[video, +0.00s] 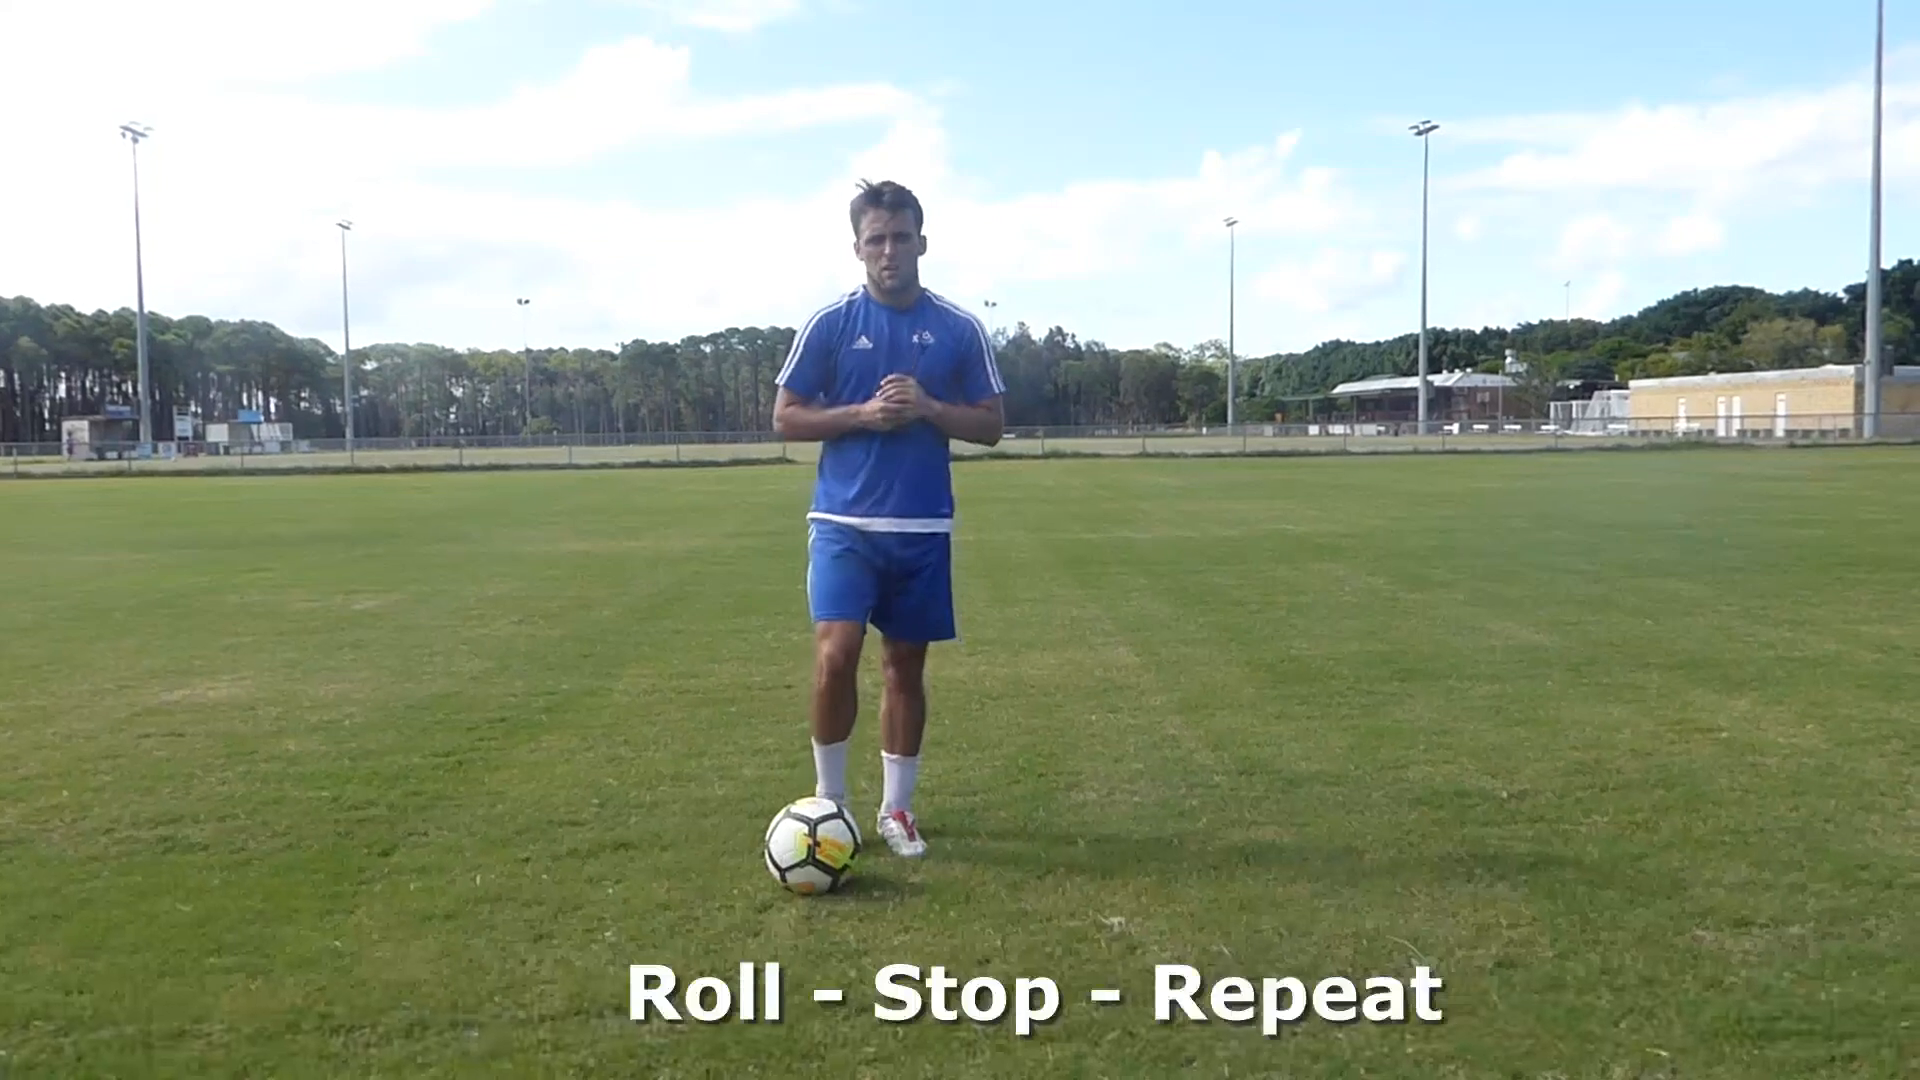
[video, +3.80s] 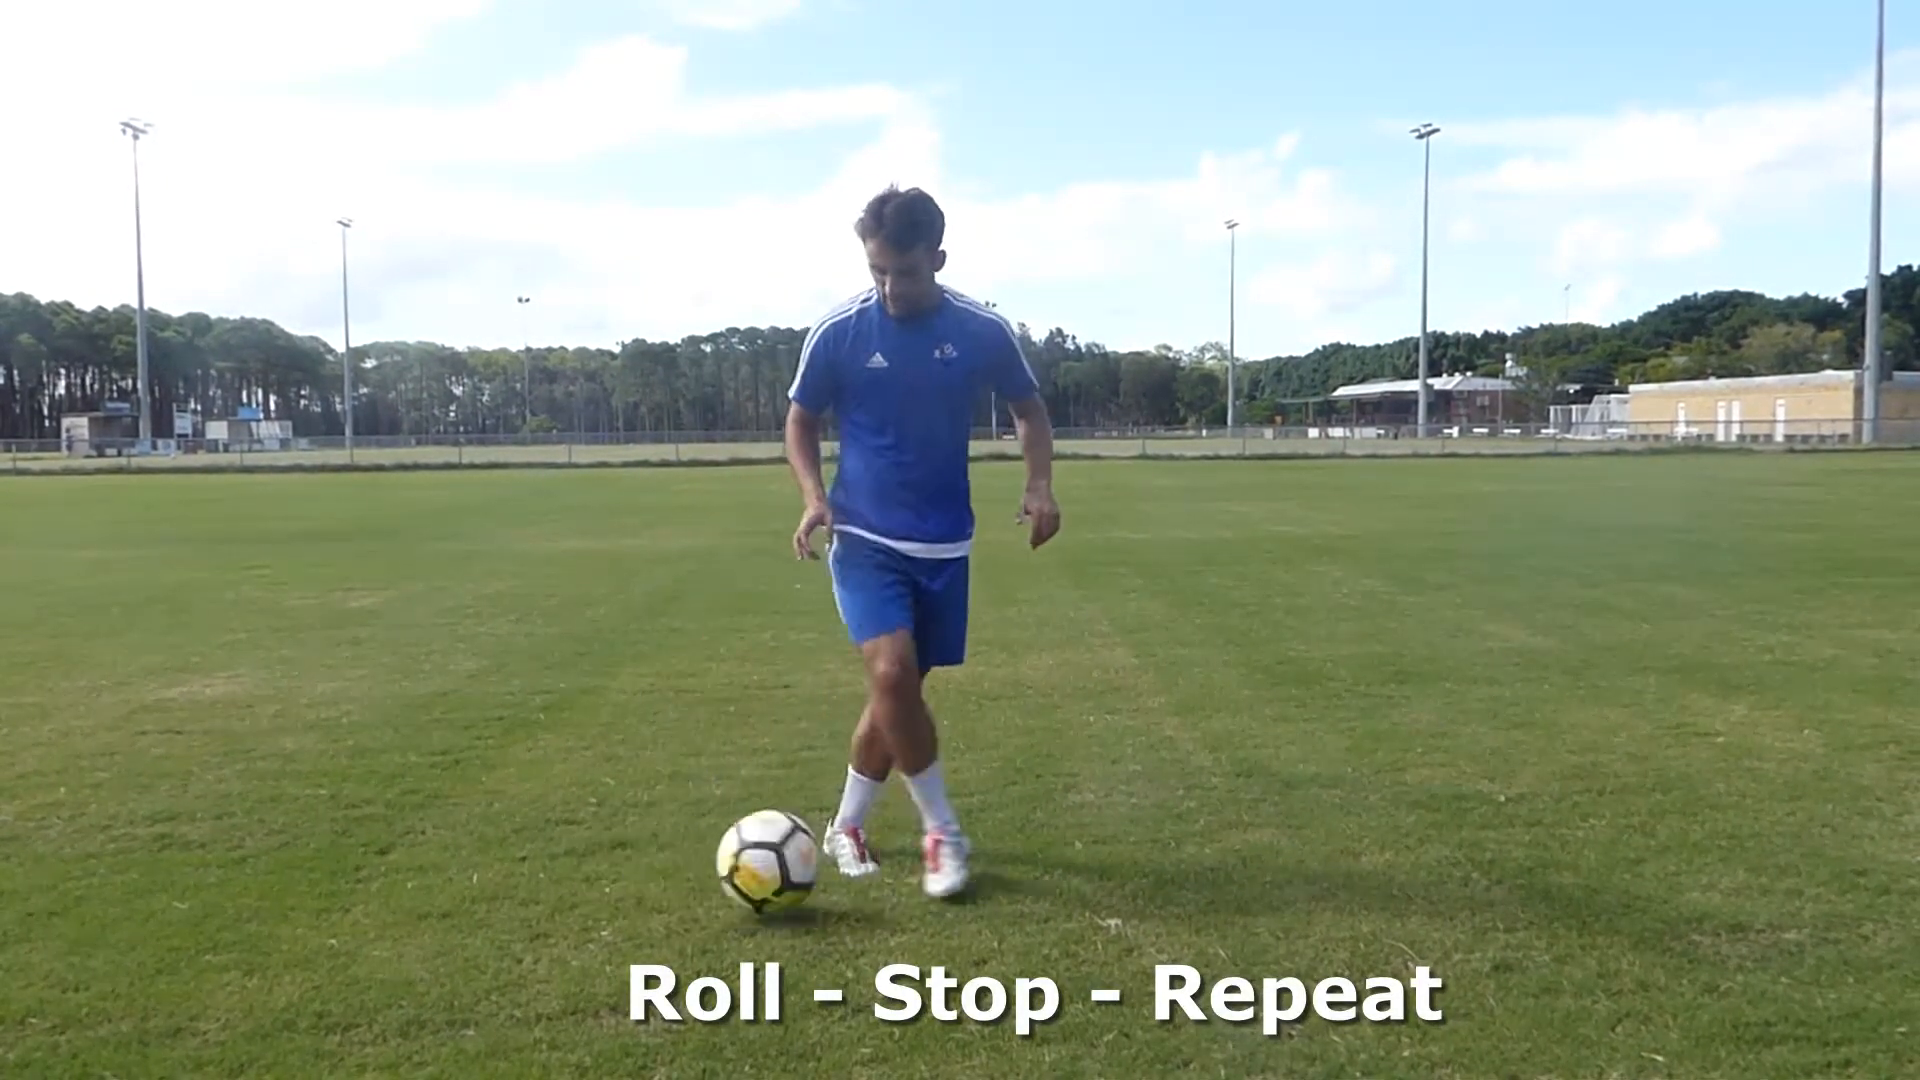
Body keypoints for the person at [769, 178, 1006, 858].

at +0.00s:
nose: (887, 252)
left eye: (900, 239)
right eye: (875, 241)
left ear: (920, 243)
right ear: (858, 249)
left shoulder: (960, 329)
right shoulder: (829, 325)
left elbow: (991, 424)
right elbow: (787, 417)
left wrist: (927, 406)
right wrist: (860, 414)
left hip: (920, 529)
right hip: (841, 524)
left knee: (905, 671)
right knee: (834, 659)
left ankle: (897, 811)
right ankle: (829, 804)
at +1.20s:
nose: (804, 280)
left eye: (817, 265)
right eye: (791, 266)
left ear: (845, 254)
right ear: (777, 258)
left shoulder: (891, 328)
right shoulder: (759, 337)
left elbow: (930, 413)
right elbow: (727, 429)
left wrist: (900, 445)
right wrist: (765, 451)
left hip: (862, 527)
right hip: (789, 532)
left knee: (849, 673)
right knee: (810, 678)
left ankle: (852, 823)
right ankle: (835, 799)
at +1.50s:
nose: (816, 272)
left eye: (829, 257)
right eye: (804, 256)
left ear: (859, 247)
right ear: (790, 248)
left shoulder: (899, 326)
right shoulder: (768, 323)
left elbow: (939, 422)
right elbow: (744, 405)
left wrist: (889, 457)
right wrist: (749, 447)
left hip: (857, 534)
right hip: (776, 524)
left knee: (851, 678)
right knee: (729, 637)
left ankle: (849, 825)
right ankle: (770, 783)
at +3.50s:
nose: (886, 282)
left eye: (901, 268)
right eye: (875, 265)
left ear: (931, 257)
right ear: (862, 249)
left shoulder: (958, 335)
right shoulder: (826, 316)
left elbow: (973, 412)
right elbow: (767, 408)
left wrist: (989, 489)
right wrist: (764, 477)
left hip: (891, 539)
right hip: (805, 515)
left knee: (867, 688)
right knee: (730, 620)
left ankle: (841, 830)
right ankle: (677, 792)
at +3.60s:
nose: (888, 284)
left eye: (903, 270)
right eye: (877, 268)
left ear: (934, 258)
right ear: (863, 252)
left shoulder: (964, 333)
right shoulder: (830, 321)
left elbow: (980, 409)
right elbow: (774, 412)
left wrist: (997, 479)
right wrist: (776, 483)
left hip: (907, 537)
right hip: (823, 517)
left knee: (873, 689)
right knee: (771, 630)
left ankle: (843, 829)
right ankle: (729, 803)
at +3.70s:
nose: (890, 285)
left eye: (905, 270)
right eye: (878, 269)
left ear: (936, 256)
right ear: (864, 254)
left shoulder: (975, 332)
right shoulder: (833, 326)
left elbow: (1001, 406)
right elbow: (787, 413)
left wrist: (1015, 480)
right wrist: (794, 489)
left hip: (923, 537)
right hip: (842, 518)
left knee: (883, 685)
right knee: (834, 639)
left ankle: (847, 829)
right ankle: (820, 815)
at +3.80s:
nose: (891, 288)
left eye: (905, 273)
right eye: (879, 272)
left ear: (936, 256)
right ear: (865, 258)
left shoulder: (983, 332)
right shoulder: (837, 334)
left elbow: (1029, 409)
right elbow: (800, 421)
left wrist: (1040, 487)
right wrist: (812, 494)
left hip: (944, 547)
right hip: (863, 538)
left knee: (897, 695)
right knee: (893, 673)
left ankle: (846, 826)